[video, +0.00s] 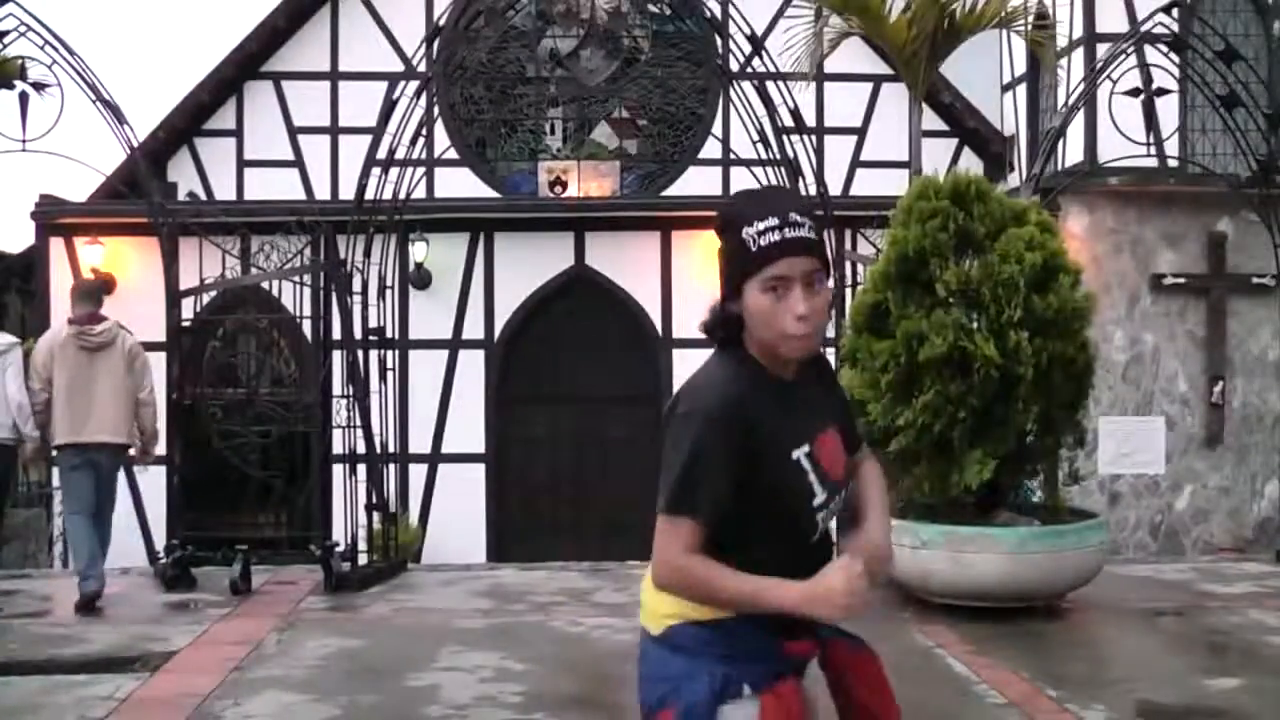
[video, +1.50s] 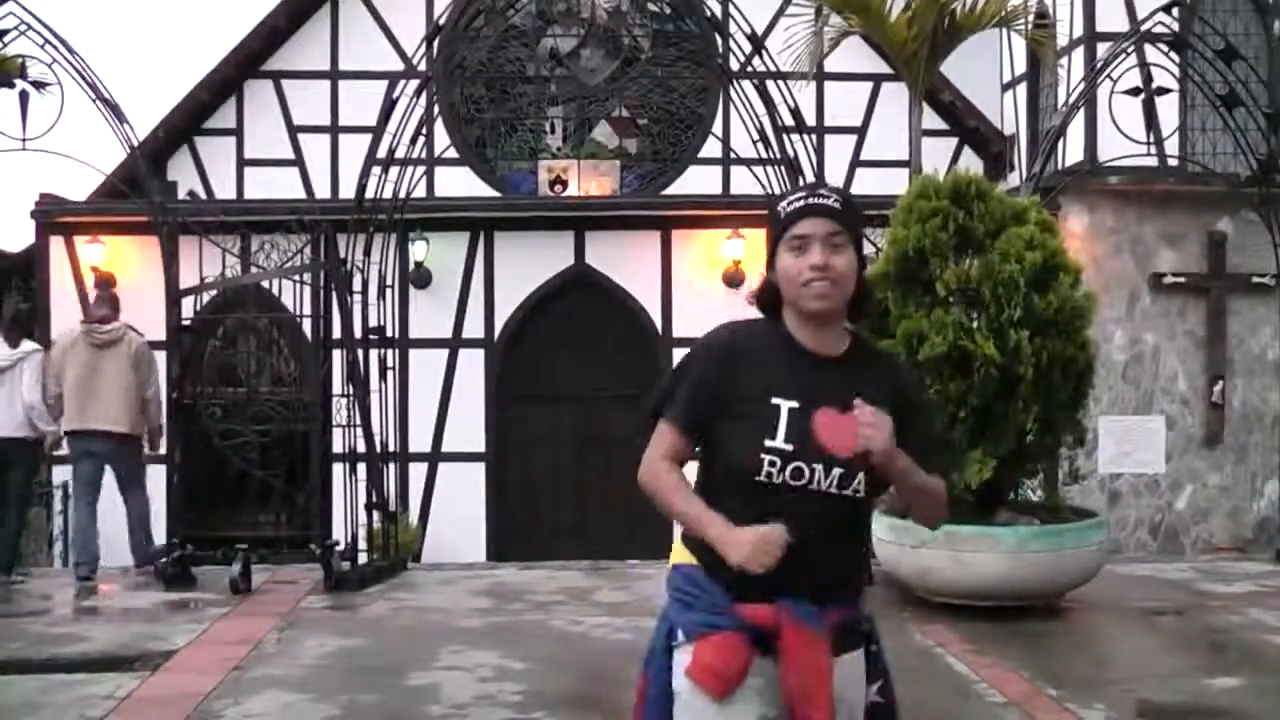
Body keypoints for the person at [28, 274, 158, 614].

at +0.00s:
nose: (78, 310)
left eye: (75, 304)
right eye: (88, 305)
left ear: (72, 303)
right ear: (102, 304)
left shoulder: (51, 342)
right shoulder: (126, 342)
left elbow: (39, 398)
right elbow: (145, 396)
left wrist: (41, 436)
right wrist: (148, 444)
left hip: (71, 438)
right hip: (111, 438)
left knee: (77, 512)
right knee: (102, 514)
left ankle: (89, 584)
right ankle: (91, 583)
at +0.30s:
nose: (74, 311)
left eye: (72, 305)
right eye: (81, 304)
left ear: (68, 305)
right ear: (97, 305)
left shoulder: (48, 344)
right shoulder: (123, 341)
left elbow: (39, 398)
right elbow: (143, 394)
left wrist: (42, 435)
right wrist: (143, 439)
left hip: (70, 442)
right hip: (111, 440)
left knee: (62, 504)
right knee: (100, 512)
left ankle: (72, 555)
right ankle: (91, 583)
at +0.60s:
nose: (79, 315)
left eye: (74, 309)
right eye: (88, 308)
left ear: (66, 310)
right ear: (96, 308)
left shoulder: (48, 344)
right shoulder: (123, 341)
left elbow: (42, 396)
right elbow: (138, 394)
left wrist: (52, 428)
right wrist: (126, 428)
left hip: (68, 437)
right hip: (107, 436)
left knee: (69, 507)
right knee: (97, 508)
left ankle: (71, 574)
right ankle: (88, 579)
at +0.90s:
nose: (80, 316)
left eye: (75, 310)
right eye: (89, 310)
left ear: (67, 311)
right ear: (96, 310)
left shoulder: (47, 344)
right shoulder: (120, 342)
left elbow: (43, 394)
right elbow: (136, 394)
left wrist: (54, 427)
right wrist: (134, 432)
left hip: (66, 435)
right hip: (104, 434)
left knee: (71, 505)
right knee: (98, 504)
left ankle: (74, 571)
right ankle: (88, 569)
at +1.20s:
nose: (98, 316)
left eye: (91, 311)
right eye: (101, 311)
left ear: (77, 311)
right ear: (105, 311)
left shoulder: (55, 341)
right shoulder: (124, 343)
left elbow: (47, 386)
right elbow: (137, 394)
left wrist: (55, 419)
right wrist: (141, 436)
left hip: (69, 429)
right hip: (107, 431)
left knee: (77, 497)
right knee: (108, 490)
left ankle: (80, 568)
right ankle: (93, 543)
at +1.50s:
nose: (102, 316)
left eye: (99, 312)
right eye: (108, 312)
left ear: (89, 314)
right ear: (117, 313)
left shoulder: (66, 343)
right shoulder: (136, 344)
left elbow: (52, 392)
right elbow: (150, 394)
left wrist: (64, 419)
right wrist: (155, 433)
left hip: (82, 430)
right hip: (123, 432)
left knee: (84, 500)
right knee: (135, 493)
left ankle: (84, 569)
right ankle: (144, 556)